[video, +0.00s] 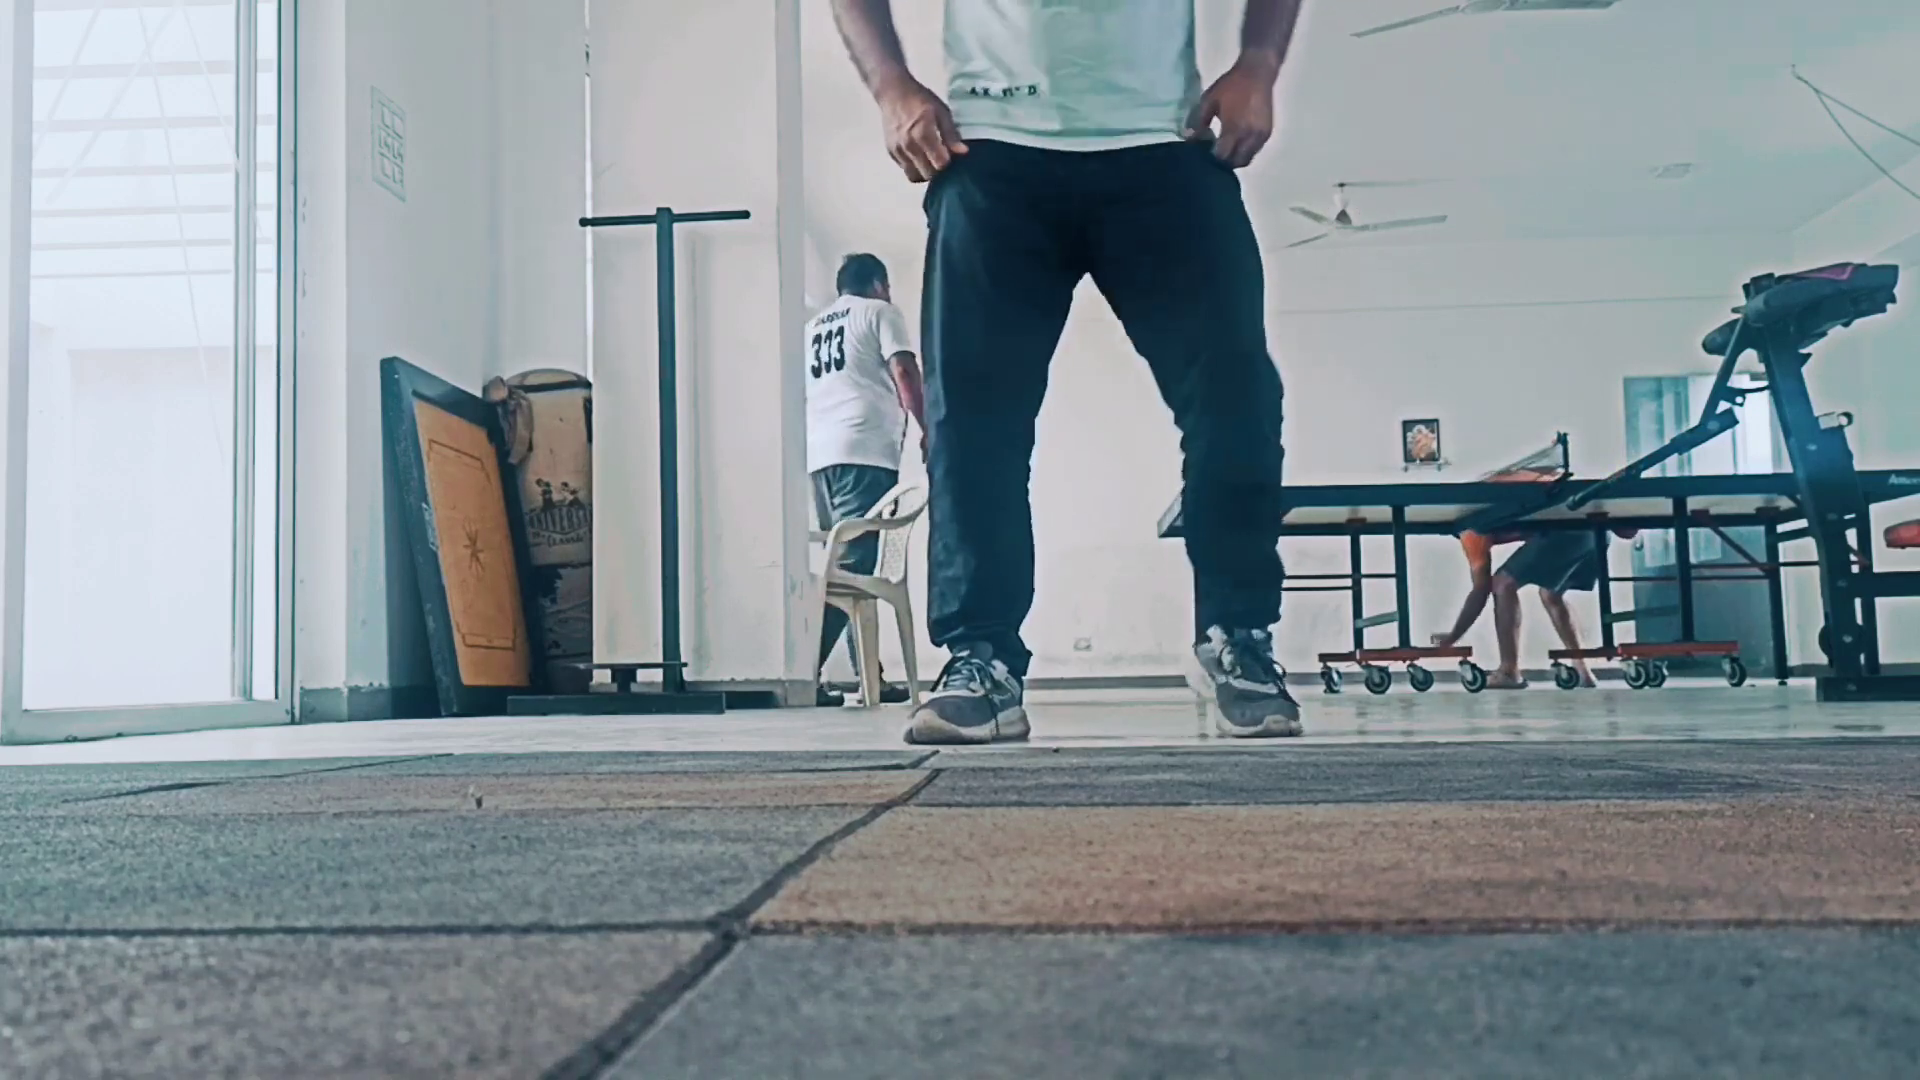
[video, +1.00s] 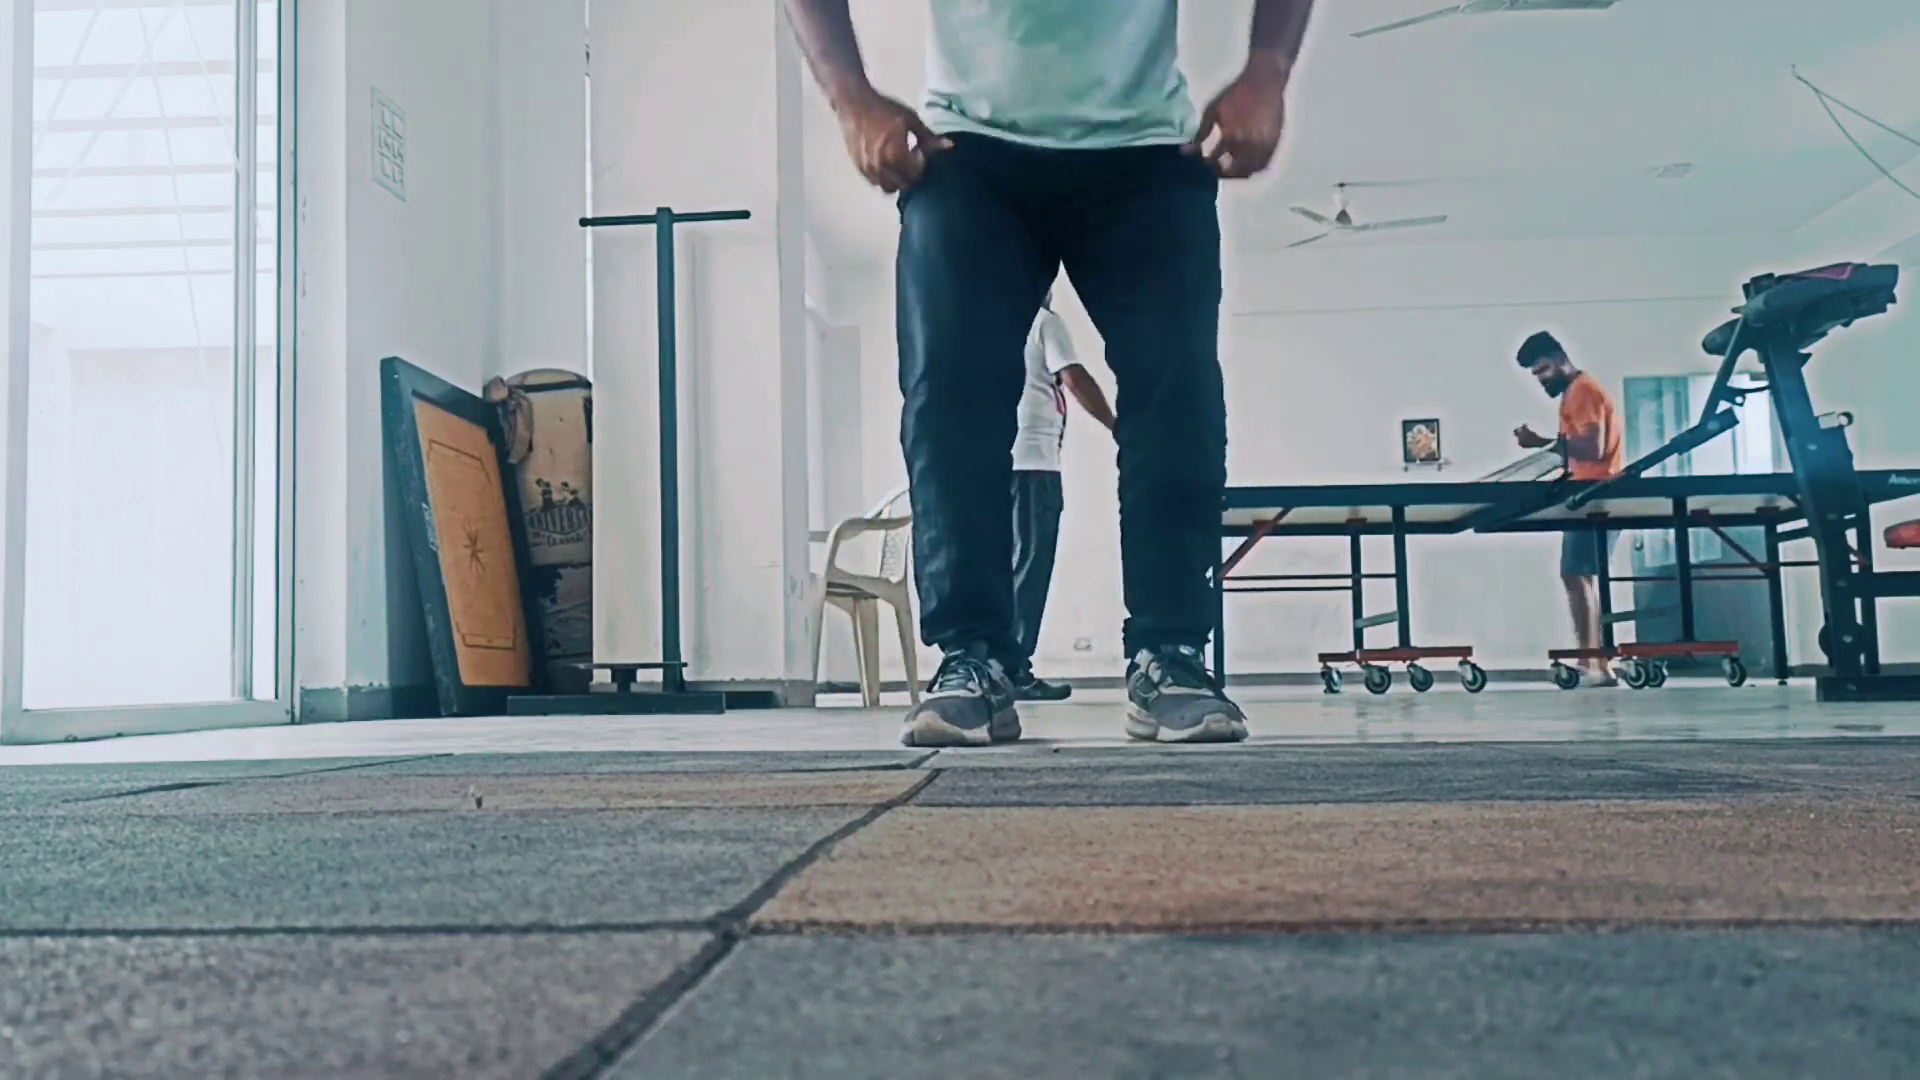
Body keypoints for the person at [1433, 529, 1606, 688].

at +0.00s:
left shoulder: (1472, 530)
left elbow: (1481, 588)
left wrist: (1452, 638)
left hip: (1563, 532)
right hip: (1589, 529)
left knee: (1502, 583)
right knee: (1550, 594)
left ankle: (1509, 671)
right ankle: (1583, 672)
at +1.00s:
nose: (1539, 379)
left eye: (1541, 369)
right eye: (1535, 373)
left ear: (1559, 360)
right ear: (1550, 366)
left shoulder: (1584, 391)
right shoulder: (1573, 395)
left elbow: (1595, 448)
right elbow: (1576, 448)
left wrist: (1543, 443)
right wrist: (1543, 444)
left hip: (1595, 497)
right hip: (1586, 496)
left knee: (1577, 574)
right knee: (1579, 575)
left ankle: (1592, 664)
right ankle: (1593, 662)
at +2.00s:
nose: (1713, 360)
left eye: (1718, 350)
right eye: (1708, 352)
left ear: (1738, 346)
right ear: (1707, 354)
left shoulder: (1767, 382)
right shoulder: (1711, 390)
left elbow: (1791, 443)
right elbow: (1704, 452)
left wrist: (1743, 416)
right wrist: (1687, 499)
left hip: (1760, 490)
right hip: (1724, 493)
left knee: (1741, 574)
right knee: (1761, 583)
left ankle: (1720, 663)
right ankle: (1814, 655)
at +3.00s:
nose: (1895, 335)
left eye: (1901, 326)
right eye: (1885, 327)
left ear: (1912, 322)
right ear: (1871, 325)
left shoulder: (1918, 357)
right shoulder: (1853, 365)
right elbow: (1838, 424)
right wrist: (1834, 467)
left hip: (1915, 477)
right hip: (1870, 481)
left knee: (1918, 570)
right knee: (1869, 572)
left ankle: (1916, 653)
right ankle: (1887, 652)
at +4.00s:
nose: (1917, 284)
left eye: (1917, 277)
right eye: (1917, 276)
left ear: (1916, 281)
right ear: (1914, 280)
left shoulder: (1905, 340)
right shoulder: (1904, 340)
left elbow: (1900, 417)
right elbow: (1900, 417)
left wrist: (1904, 473)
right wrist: (1904, 474)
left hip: (1919, 474)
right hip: (1919, 475)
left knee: (1916, 566)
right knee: (1915, 565)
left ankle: (1918, 643)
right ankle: (1917, 643)